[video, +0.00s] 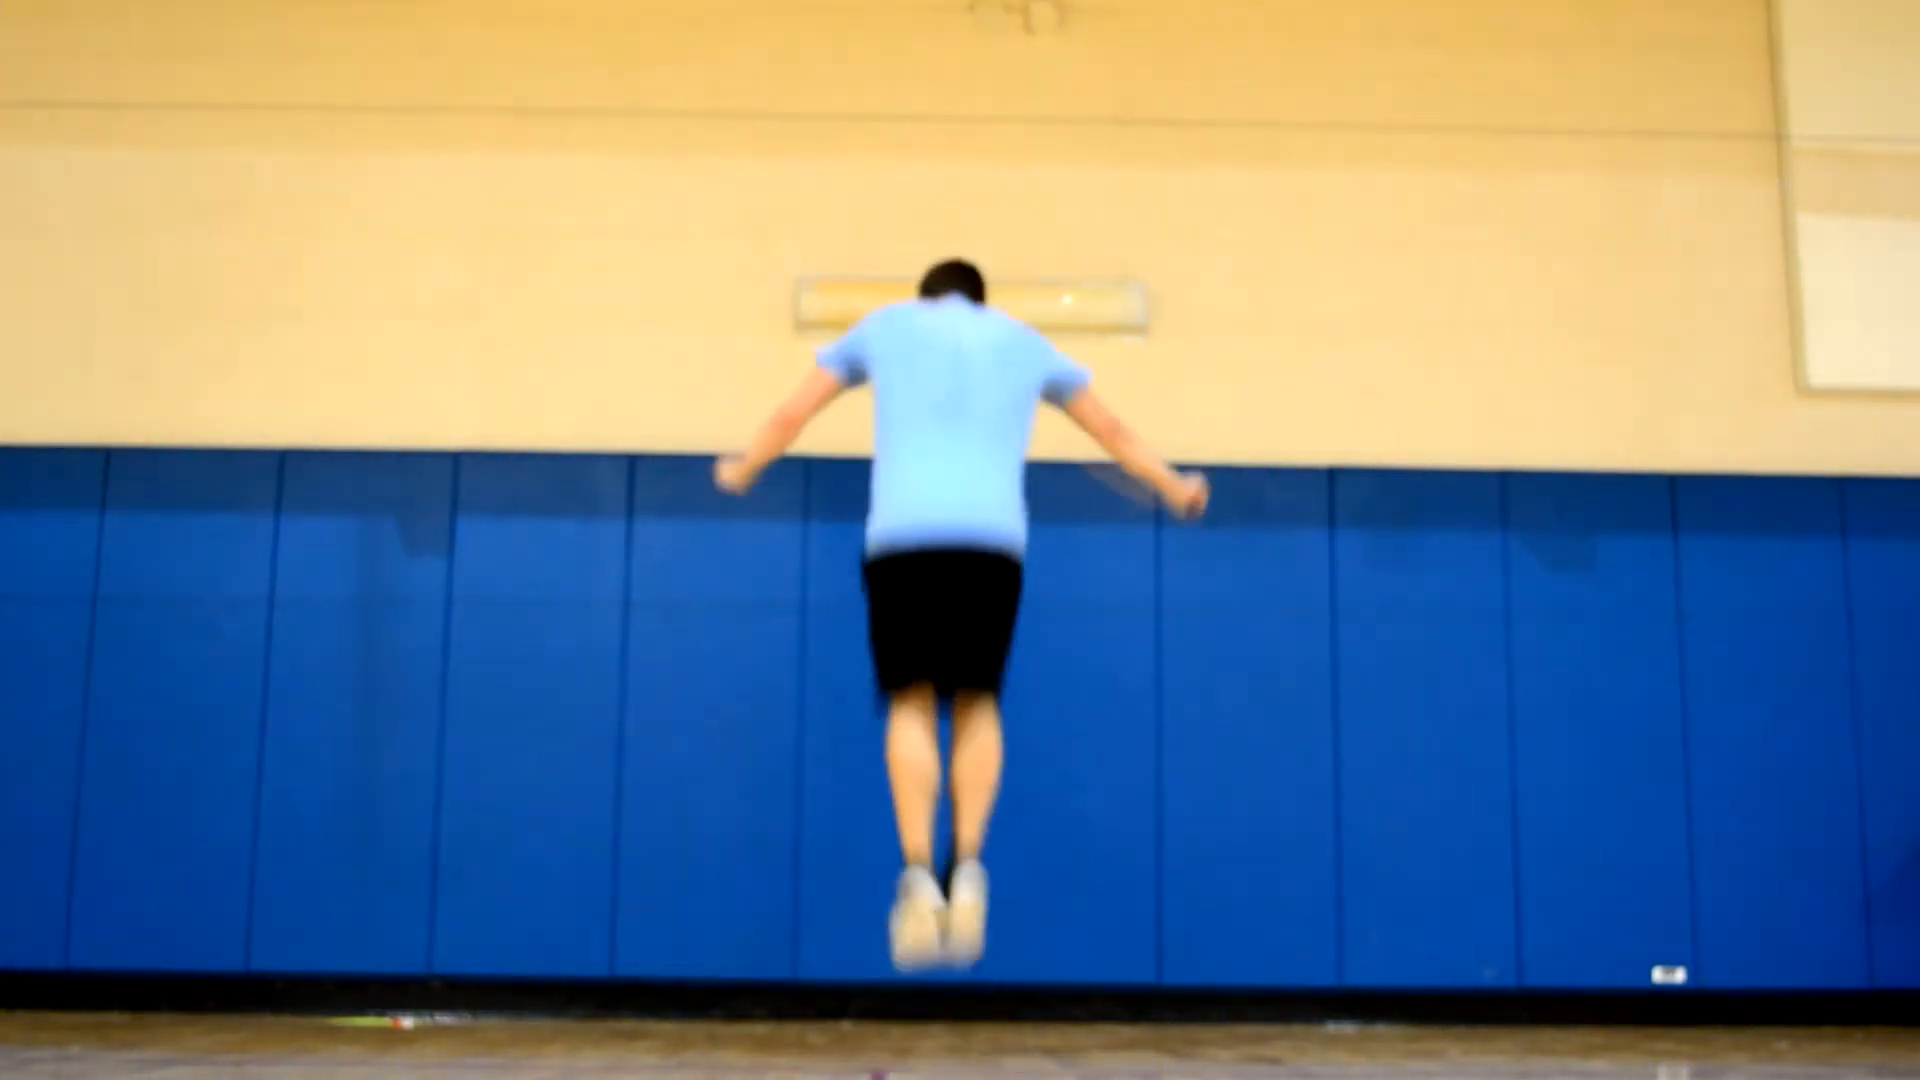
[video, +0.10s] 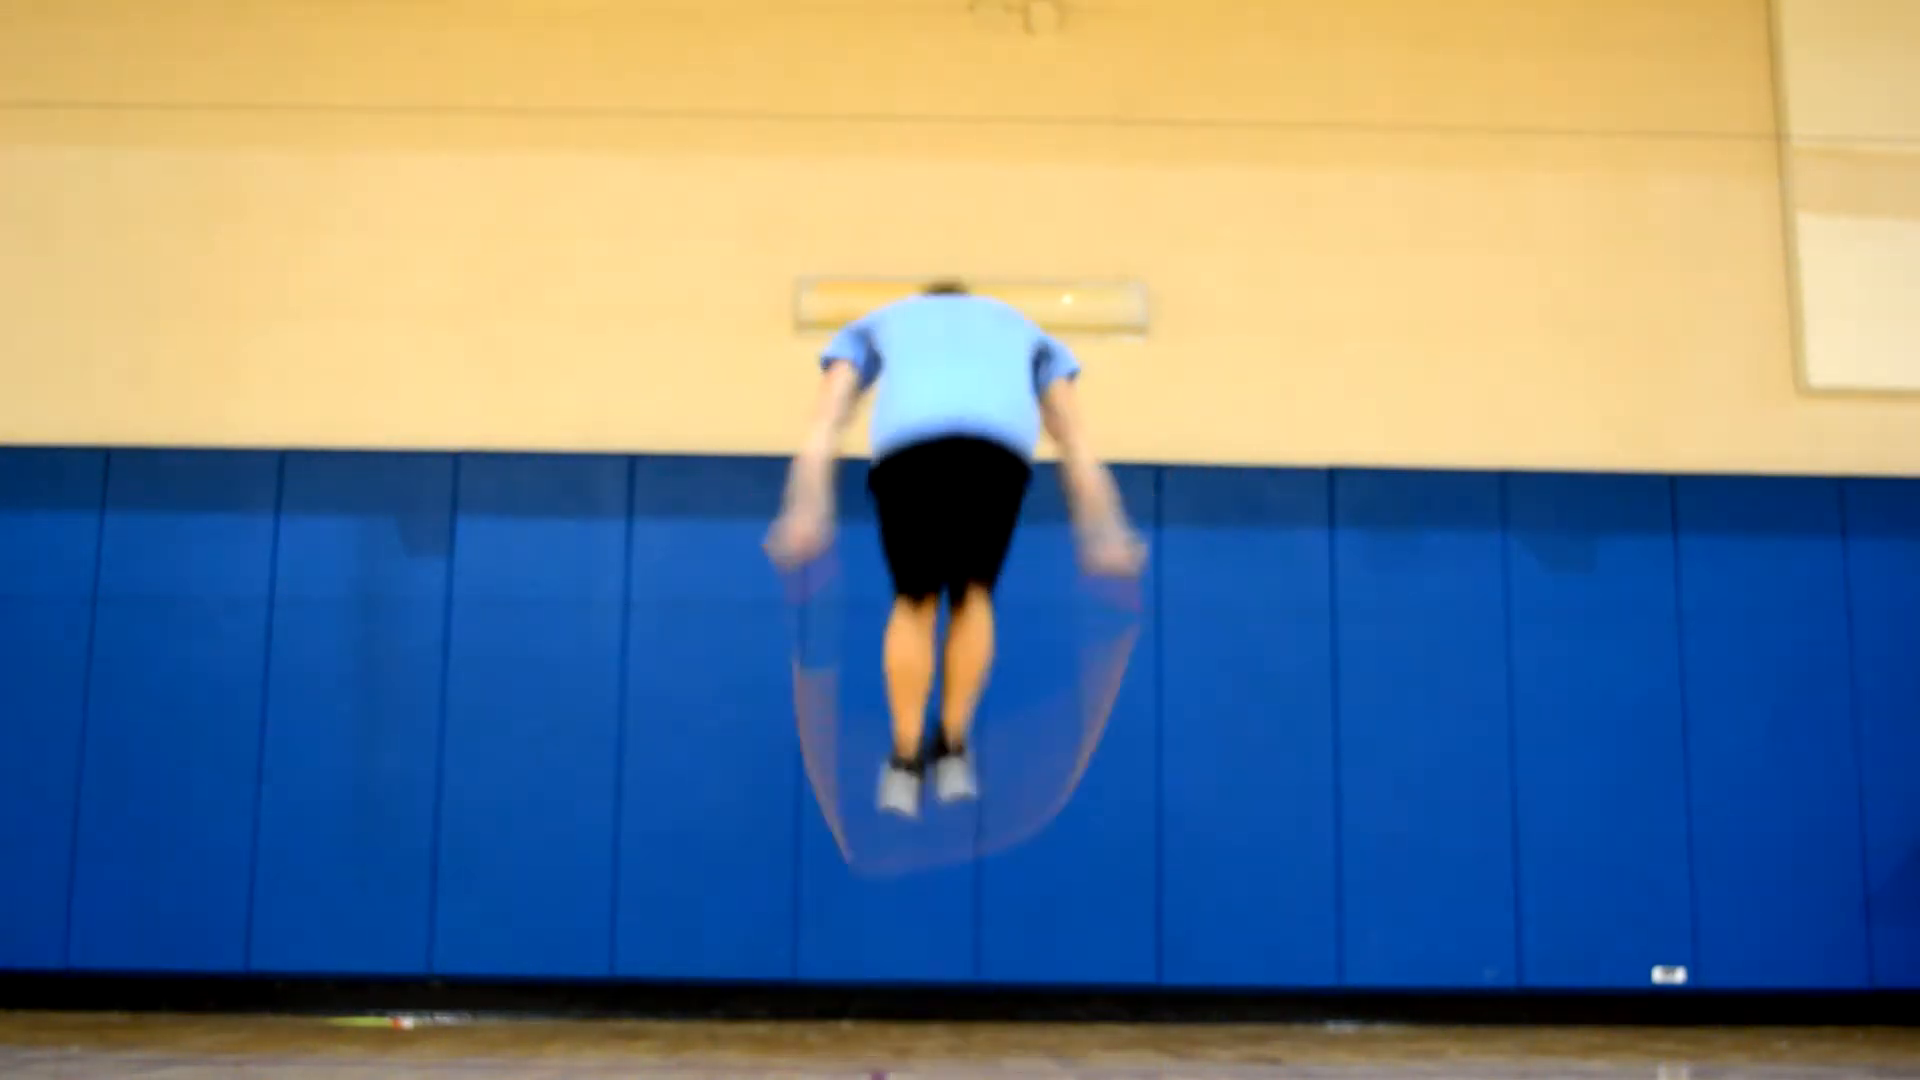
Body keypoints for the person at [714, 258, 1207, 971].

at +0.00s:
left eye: (934, 297)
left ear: (921, 297)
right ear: (985, 301)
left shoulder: (885, 326)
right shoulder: (1021, 341)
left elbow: (795, 410)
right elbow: (1107, 428)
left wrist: (743, 467)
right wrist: (1174, 488)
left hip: (900, 542)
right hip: (991, 545)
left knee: (910, 701)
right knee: (978, 701)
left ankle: (919, 874)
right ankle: (967, 868)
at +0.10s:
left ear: (917, 300)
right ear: (977, 300)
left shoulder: (884, 320)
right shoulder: (1019, 326)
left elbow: (827, 419)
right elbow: (1073, 436)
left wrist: (804, 515)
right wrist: (1104, 533)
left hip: (909, 452)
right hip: (996, 452)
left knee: (913, 600)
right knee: (974, 595)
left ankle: (904, 761)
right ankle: (954, 750)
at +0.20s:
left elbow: (867, 468)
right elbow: (1013, 500)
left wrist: (952, 514)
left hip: (909, 372)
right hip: (1003, 369)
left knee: (916, 536)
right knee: (970, 529)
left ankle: (914, 665)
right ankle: (949, 655)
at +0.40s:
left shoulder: (885, 405)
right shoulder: (1016, 418)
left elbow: (846, 501)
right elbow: (1028, 552)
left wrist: (845, 598)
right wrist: (1034, 639)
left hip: (906, 474)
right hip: (995, 473)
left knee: (909, 628)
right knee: (962, 624)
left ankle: (905, 809)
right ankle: (951, 798)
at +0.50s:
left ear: (926, 402)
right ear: (983, 411)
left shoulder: (886, 433)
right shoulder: (1025, 457)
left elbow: (823, 498)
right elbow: (1062, 547)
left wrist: (761, 585)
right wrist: (1120, 642)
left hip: (898, 629)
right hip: (986, 631)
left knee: (893, 796)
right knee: (970, 800)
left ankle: (906, 986)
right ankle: (968, 993)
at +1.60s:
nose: (964, 400)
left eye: (954, 392)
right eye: (979, 393)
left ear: (938, 392)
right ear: (1000, 394)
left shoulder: (894, 433)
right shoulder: (1037, 436)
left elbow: (839, 538)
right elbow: (1103, 535)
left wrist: (771, 633)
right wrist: (1168, 624)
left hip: (920, 674)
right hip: (1009, 674)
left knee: (935, 845)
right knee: (1004, 845)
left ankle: (946, 1019)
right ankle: (989, 1019)